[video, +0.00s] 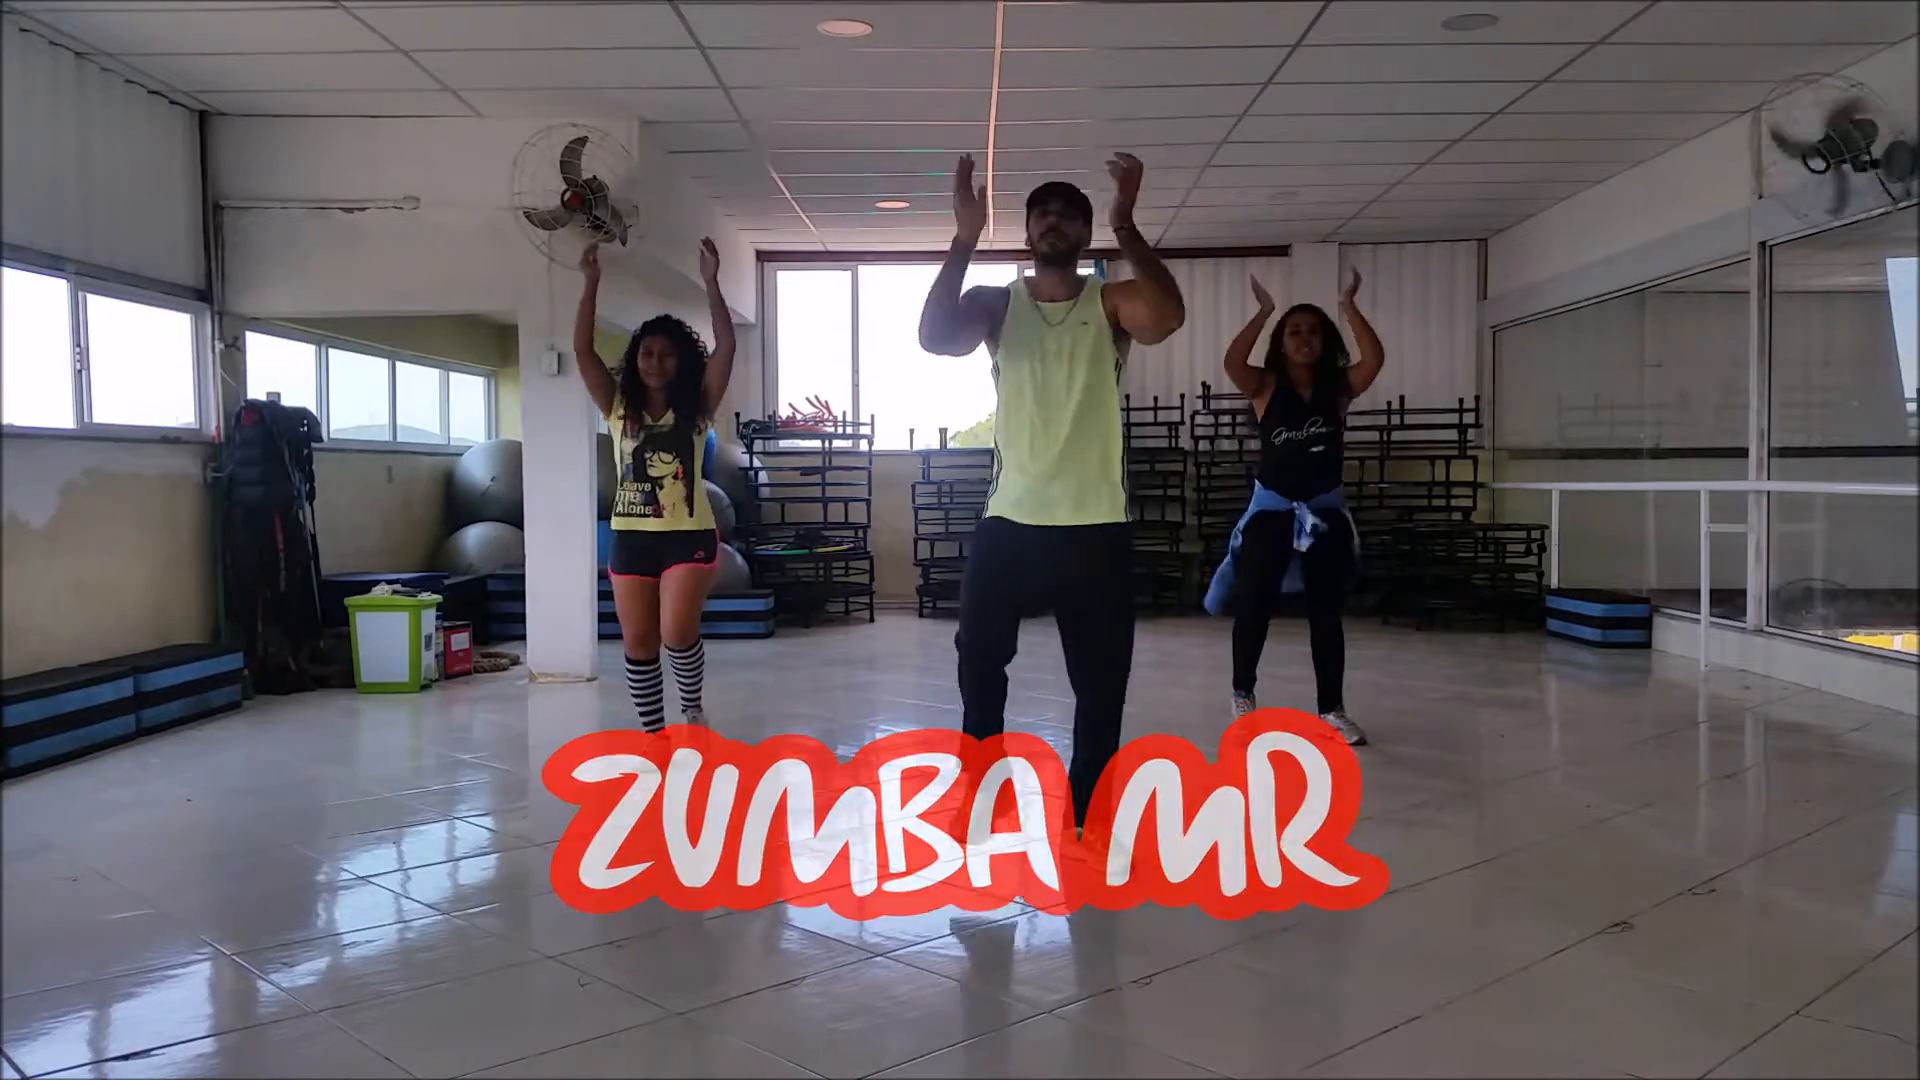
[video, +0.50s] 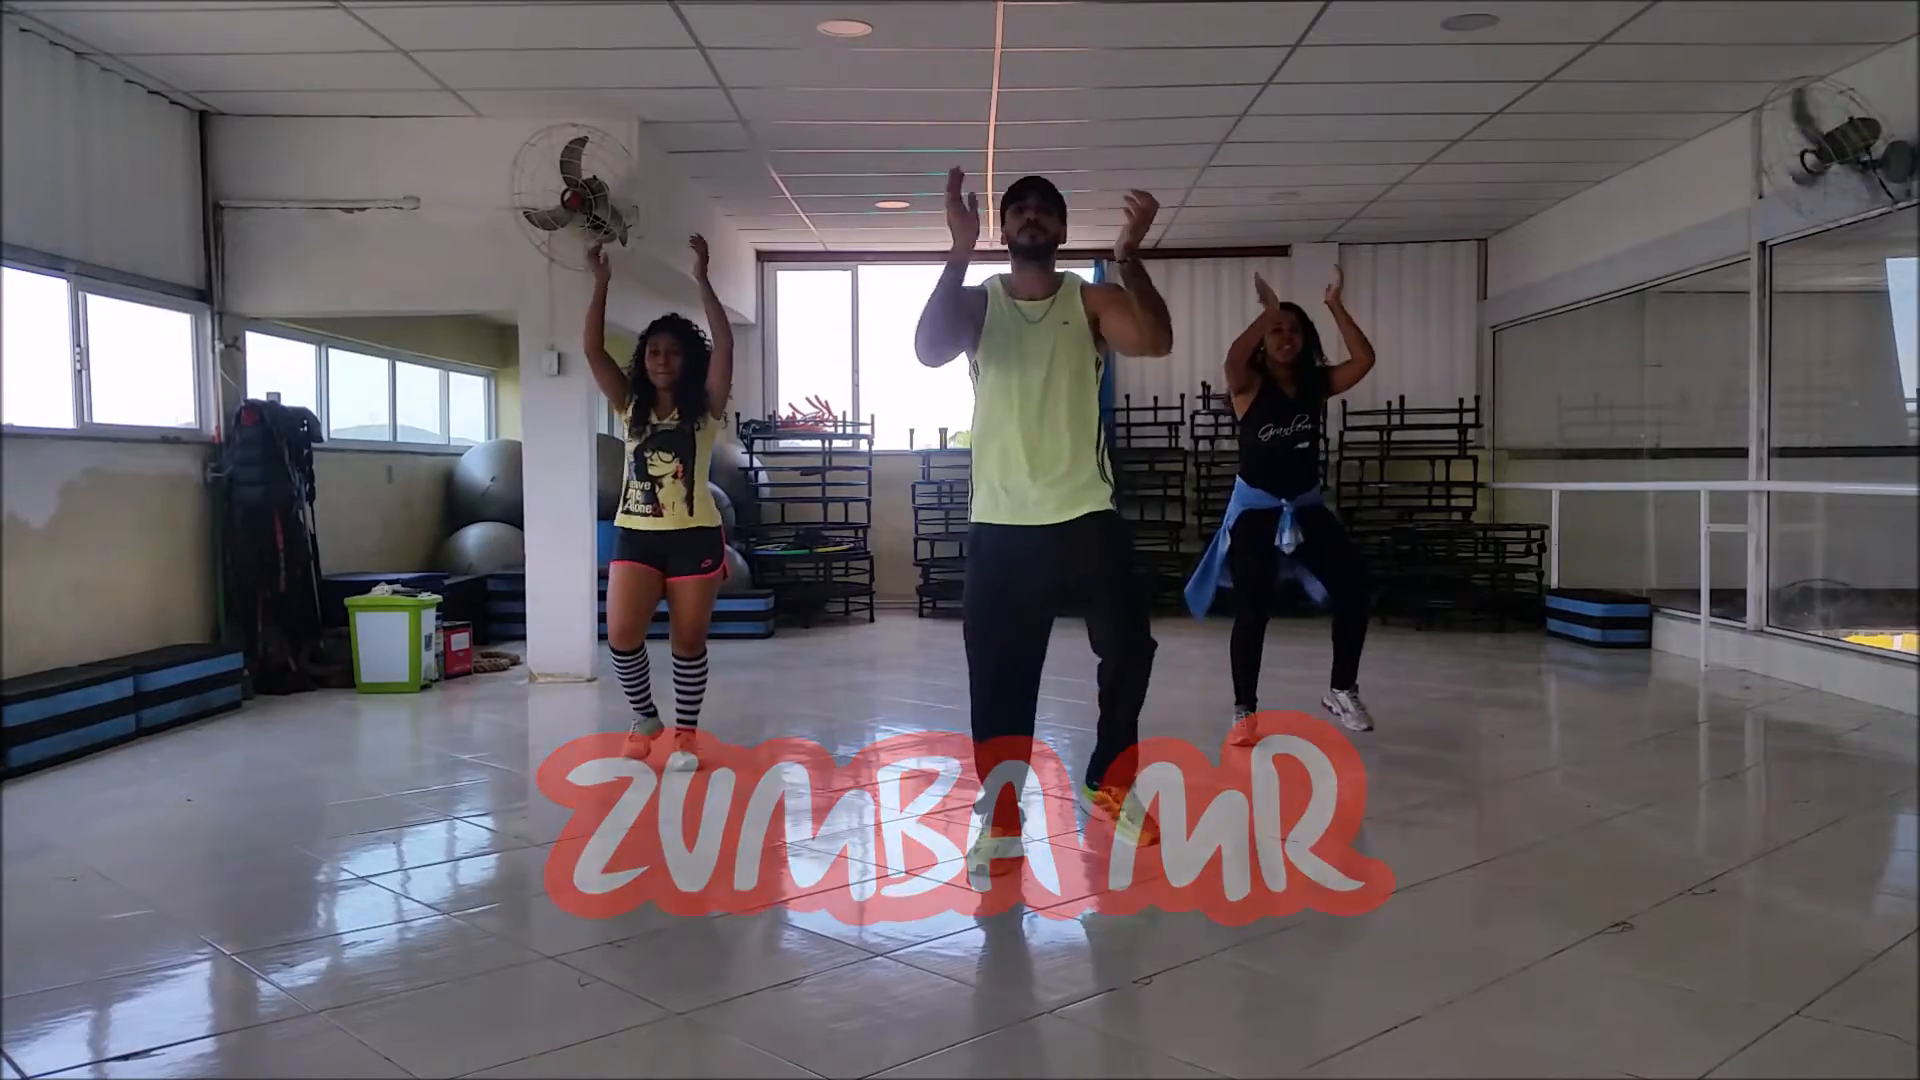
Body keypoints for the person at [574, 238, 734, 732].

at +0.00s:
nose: (655, 362)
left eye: (666, 355)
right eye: (647, 353)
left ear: (682, 363)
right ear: (635, 360)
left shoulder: (697, 407)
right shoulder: (617, 406)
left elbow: (725, 345)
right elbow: (584, 349)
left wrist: (711, 284)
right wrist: (590, 283)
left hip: (688, 541)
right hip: (631, 542)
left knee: (678, 634)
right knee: (638, 644)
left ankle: (692, 720)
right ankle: (654, 739)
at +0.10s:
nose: (656, 362)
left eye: (666, 354)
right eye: (647, 353)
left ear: (682, 362)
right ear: (635, 359)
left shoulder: (696, 405)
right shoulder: (619, 404)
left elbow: (715, 341)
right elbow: (590, 350)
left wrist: (697, 280)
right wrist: (603, 284)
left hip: (686, 536)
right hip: (630, 537)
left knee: (677, 633)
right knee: (639, 639)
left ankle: (690, 725)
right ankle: (653, 736)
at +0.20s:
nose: (656, 363)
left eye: (665, 355)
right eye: (648, 355)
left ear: (681, 360)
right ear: (637, 360)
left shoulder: (697, 405)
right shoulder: (622, 404)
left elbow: (704, 340)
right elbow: (601, 347)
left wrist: (667, 287)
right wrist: (644, 294)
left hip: (687, 536)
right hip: (631, 536)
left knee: (683, 643)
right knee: (641, 643)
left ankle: (685, 739)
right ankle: (654, 741)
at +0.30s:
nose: (658, 362)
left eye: (668, 355)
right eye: (650, 353)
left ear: (685, 359)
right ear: (638, 358)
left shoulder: (700, 406)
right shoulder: (625, 404)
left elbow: (717, 341)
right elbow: (594, 350)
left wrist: (678, 284)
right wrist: (632, 292)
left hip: (690, 540)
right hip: (632, 541)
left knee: (686, 643)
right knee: (637, 643)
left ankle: (685, 737)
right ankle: (652, 737)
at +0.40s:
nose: (661, 360)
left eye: (671, 352)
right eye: (652, 352)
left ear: (688, 358)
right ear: (641, 359)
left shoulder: (705, 405)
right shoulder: (628, 403)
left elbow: (728, 339)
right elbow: (587, 350)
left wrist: (698, 276)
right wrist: (605, 286)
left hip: (694, 539)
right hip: (636, 538)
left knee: (689, 646)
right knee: (625, 643)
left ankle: (686, 740)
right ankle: (649, 733)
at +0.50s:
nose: (662, 361)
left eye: (672, 353)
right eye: (654, 353)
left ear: (689, 360)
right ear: (642, 359)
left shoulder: (705, 406)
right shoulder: (630, 403)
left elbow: (724, 343)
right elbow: (592, 349)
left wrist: (703, 280)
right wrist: (601, 282)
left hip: (694, 539)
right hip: (635, 537)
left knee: (688, 645)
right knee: (622, 638)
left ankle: (685, 738)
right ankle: (646, 722)